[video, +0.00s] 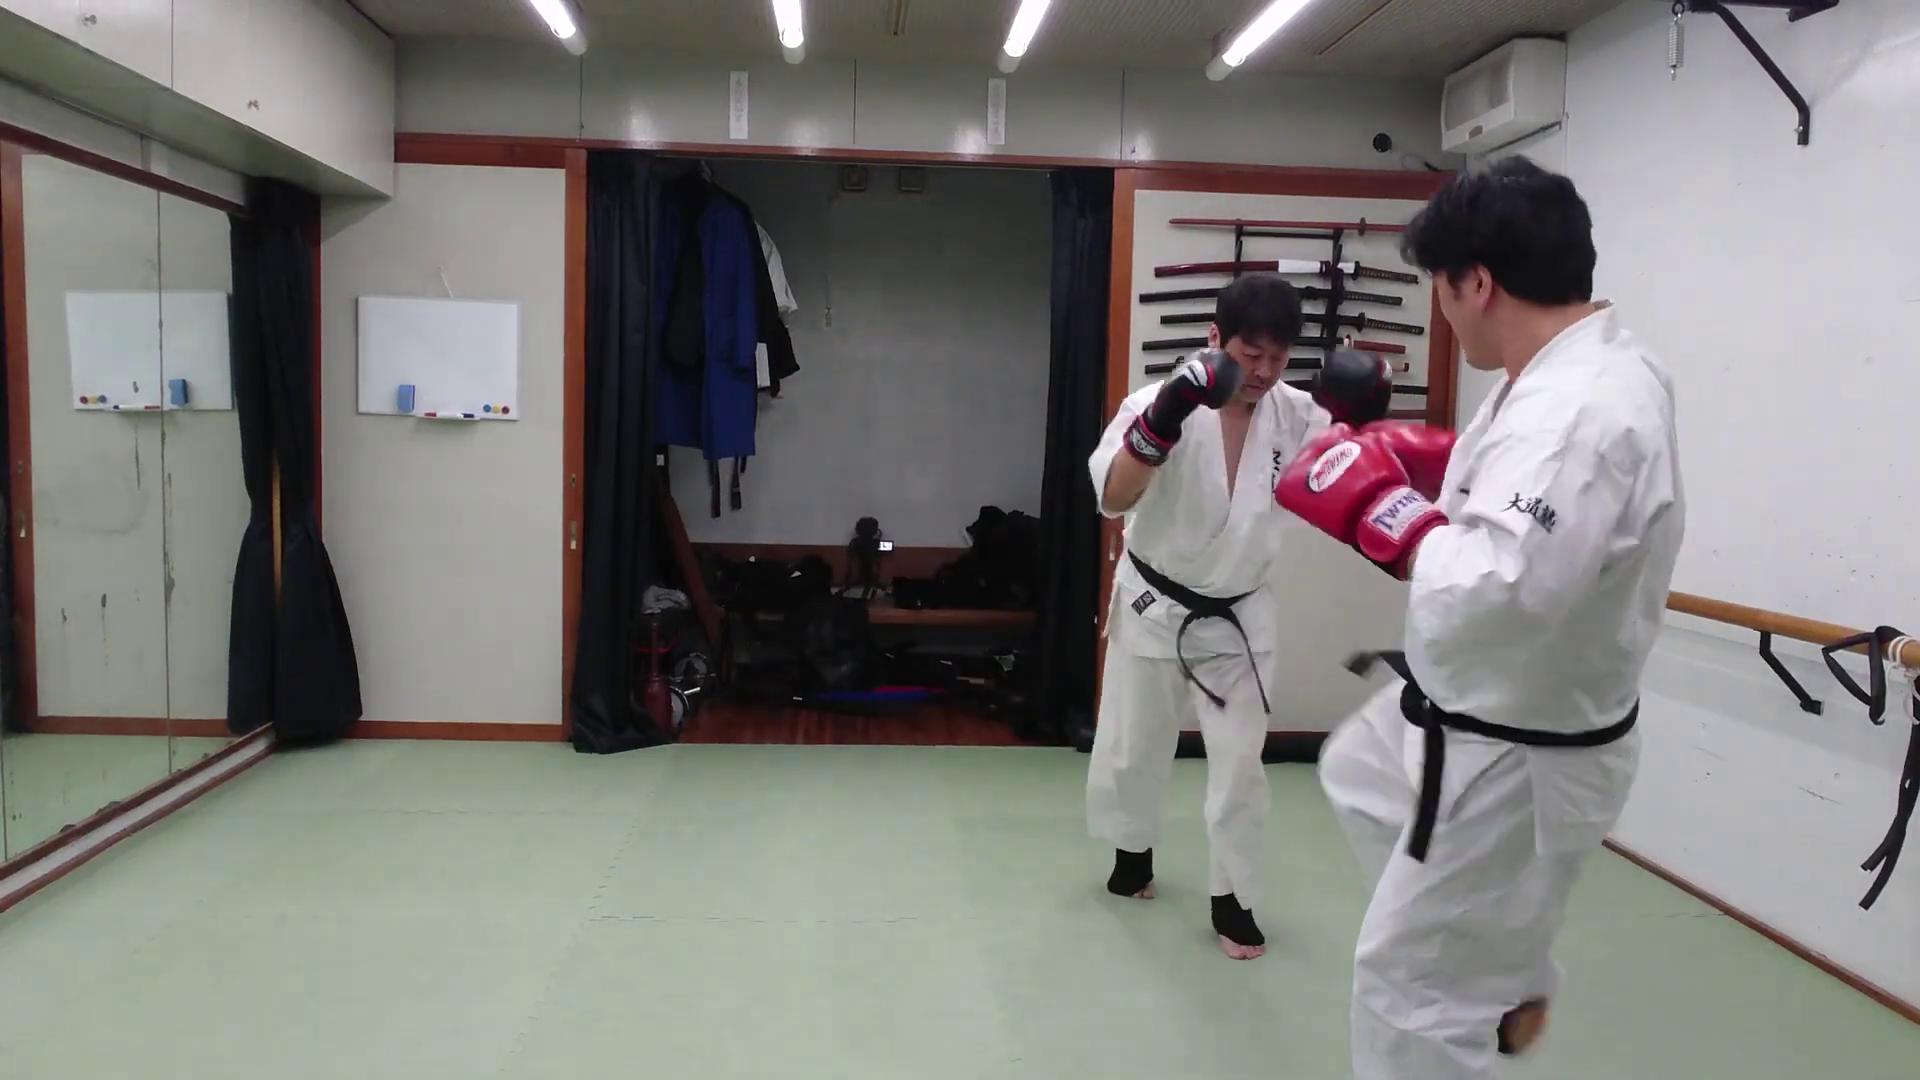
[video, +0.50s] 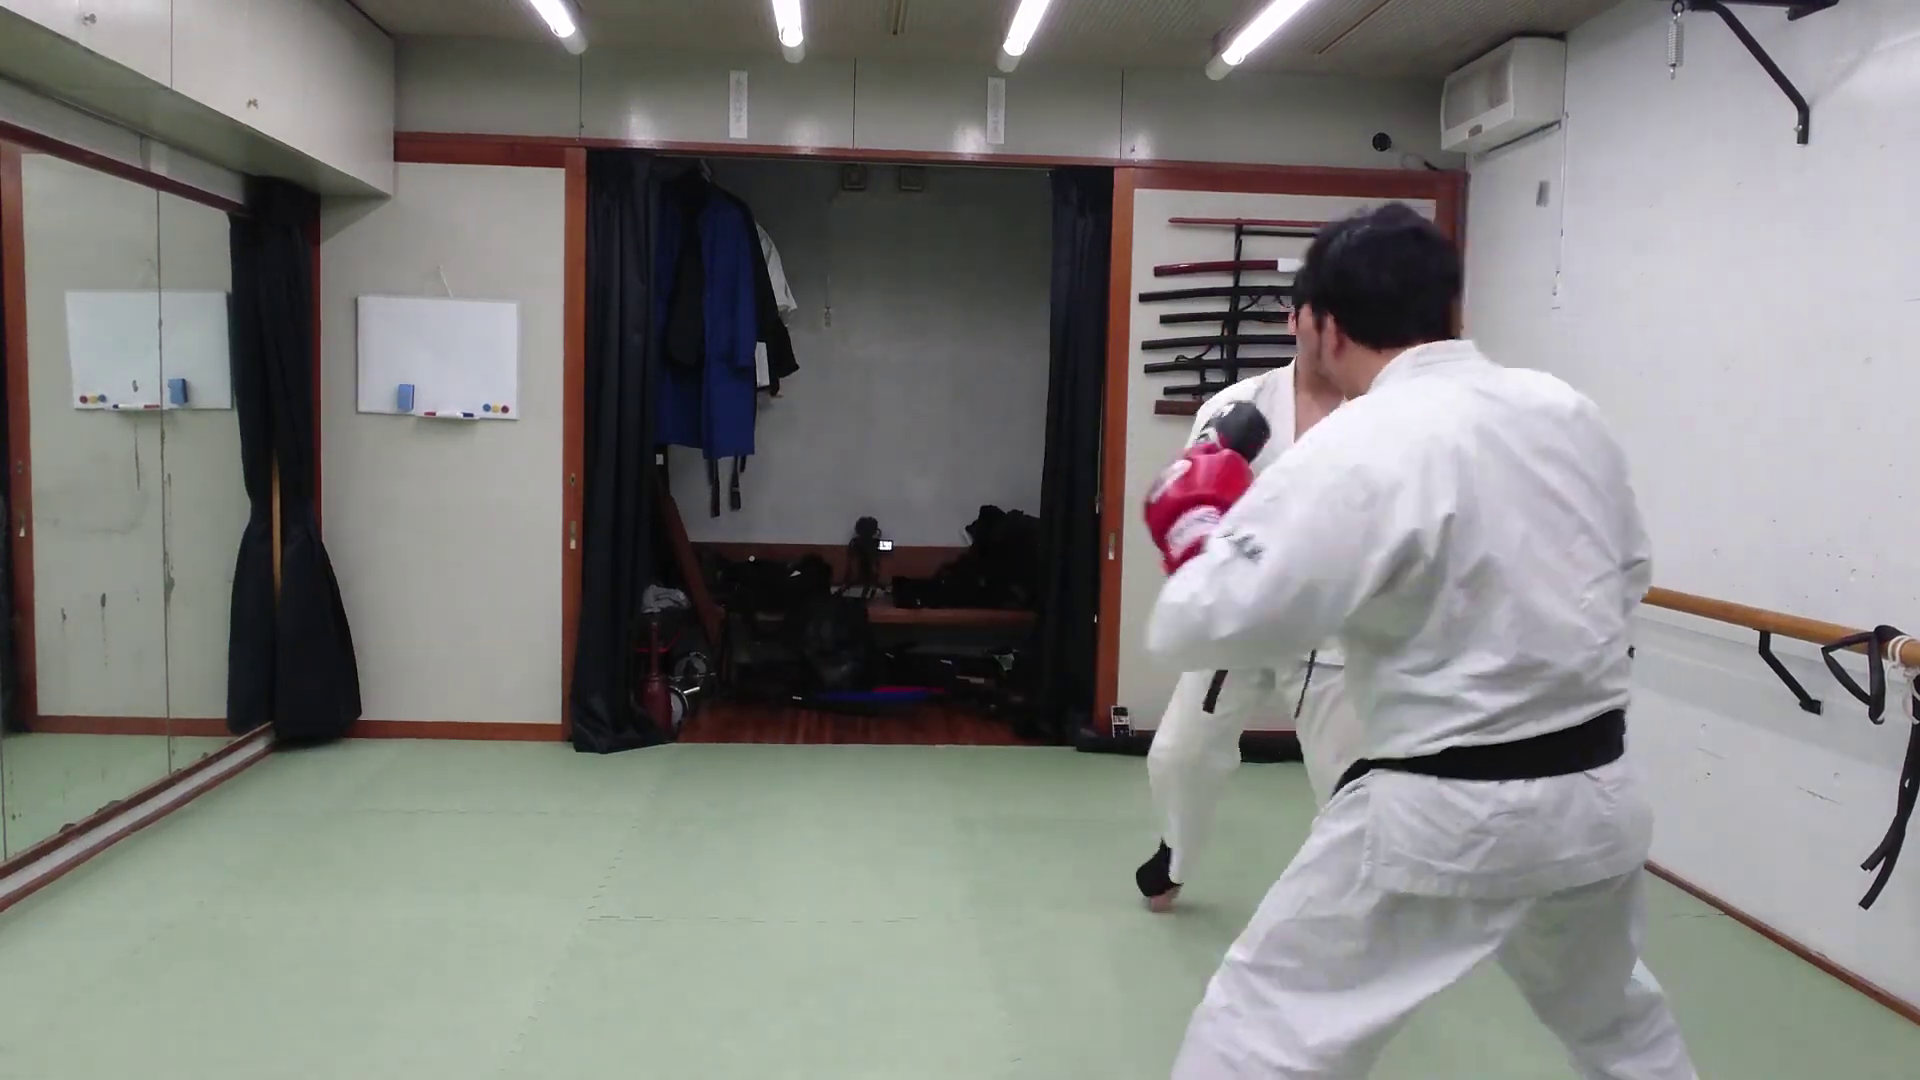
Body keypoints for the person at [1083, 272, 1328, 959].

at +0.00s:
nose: (1263, 369)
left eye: (1277, 356)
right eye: (1251, 352)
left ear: (1290, 352)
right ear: (1218, 340)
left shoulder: (1293, 412)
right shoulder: (1162, 403)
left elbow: (1351, 470)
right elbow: (1114, 498)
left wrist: (1362, 413)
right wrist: (1166, 418)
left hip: (1241, 607)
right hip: (1152, 599)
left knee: (1241, 762)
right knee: (1136, 743)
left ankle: (1232, 899)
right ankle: (1133, 852)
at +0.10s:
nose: (1267, 364)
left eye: (1280, 350)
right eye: (1253, 348)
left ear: (1292, 347)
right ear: (1218, 337)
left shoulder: (1307, 417)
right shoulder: (1163, 409)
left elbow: (1350, 490)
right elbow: (1132, 520)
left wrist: (1362, 471)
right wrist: (1171, 464)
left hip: (1252, 606)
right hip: (1162, 600)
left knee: (1264, 749)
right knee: (1137, 739)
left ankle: (1247, 891)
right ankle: (1132, 854)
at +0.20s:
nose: (1280, 350)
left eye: (1293, 336)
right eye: (1265, 332)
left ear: (1307, 338)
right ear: (1233, 330)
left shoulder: (1328, 417)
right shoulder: (1180, 407)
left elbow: (1347, 508)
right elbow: (1131, 513)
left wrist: (1351, 534)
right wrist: (1178, 506)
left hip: (1271, 606)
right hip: (1180, 599)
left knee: (1288, 757)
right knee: (1145, 739)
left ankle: (1309, 913)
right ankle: (1133, 858)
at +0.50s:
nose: (1312, 334)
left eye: (1319, 319)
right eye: (1310, 317)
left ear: (1340, 329)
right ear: (1295, 322)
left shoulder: (1387, 419)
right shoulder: (1237, 409)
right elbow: (1184, 502)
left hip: (1336, 629)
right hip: (1237, 620)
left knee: (1348, 775)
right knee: (1176, 755)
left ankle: (1364, 915)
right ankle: (1175, 852)